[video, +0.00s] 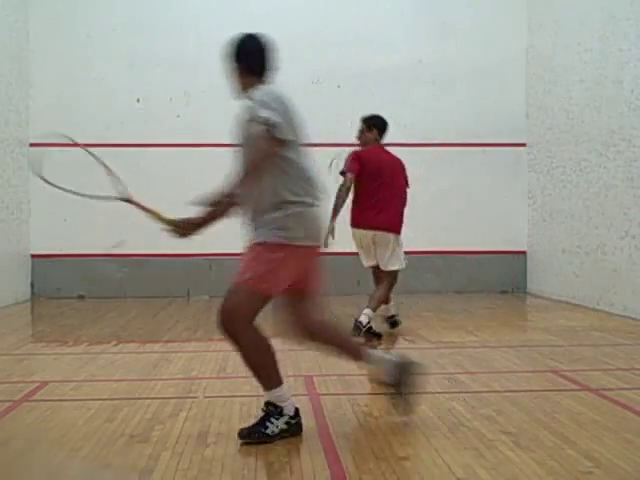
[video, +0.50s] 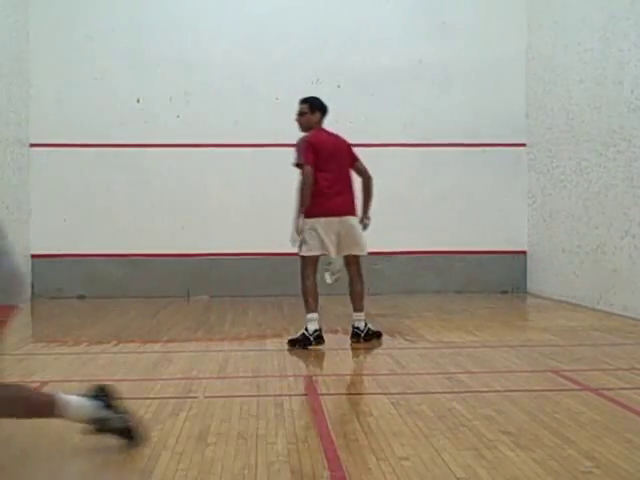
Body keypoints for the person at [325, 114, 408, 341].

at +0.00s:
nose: (358, 136)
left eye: (362, 132)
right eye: (359, 131)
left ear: (373, 133)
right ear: (379, 134)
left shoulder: (357, 157)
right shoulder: (396, 162)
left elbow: (346, 185)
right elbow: (403, 192)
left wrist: (332, 220)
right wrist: (395, 222)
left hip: (360, 226)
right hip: (389, 228)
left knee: (377, 273)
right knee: (388, 278)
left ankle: (389, 313)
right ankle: (364, 318)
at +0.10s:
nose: (346, 129)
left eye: (350, 124)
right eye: (347, 124)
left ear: (363, 125)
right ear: (366, 127)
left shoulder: (352, 149)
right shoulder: (385, 153)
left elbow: (349, 181)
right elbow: (399, 191)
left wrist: (342, 221)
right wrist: (381, 208)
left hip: (358, 218)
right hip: (384, 220)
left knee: (363, 268)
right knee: (379, 275)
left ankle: (370, 317)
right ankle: (362, 320)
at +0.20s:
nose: (335, 124)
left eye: (339, 119)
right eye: (335, 119)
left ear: (353, 119)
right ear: (356, 121)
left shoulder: (343, 144)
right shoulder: (376, 146)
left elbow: (348, 178)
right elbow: (392, 183)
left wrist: (345, 215)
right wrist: (380, 207)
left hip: (354, 214)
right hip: (378, 215)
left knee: (347, 262)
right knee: (374, 270)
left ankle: (352, 316)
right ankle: (363, 320)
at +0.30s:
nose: (323, 121)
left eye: (328, 116)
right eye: (323, 116)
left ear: (341, 117)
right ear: (344, 119)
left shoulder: (333, 142)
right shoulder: (364, 142)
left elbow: (340, 177)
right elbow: (386, 179)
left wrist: (340, 218)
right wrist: (378, 208)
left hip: (344, 212)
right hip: (371, 212)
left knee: (329, 263)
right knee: (368, 269)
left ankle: (332, 319)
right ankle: (361, 324)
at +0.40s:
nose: (312, 120)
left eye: (316, 115)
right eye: (311, 116)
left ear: (330, 117)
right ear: (331, 119)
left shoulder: (321, 142)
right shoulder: (353, 143)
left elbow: (326, 177)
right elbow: (378, 178)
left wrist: (323, 217)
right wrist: (374, 210)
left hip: (335, 215)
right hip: (362, 214)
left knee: (315, 266)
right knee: (363, 269)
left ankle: (317, 323)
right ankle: (360, 325)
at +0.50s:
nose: (298, 119)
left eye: (303, 114)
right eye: (298, 114)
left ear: (317, 115)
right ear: (320, 117)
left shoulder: (306, 142)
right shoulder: (341, 142)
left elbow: (308, 176)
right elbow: (366, 176)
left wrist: (301, 213)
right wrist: (365, 212)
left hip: (317, 215)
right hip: (346, 214)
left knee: (308, 271)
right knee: (354, 268)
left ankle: (312, 328)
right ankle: (360, 326)